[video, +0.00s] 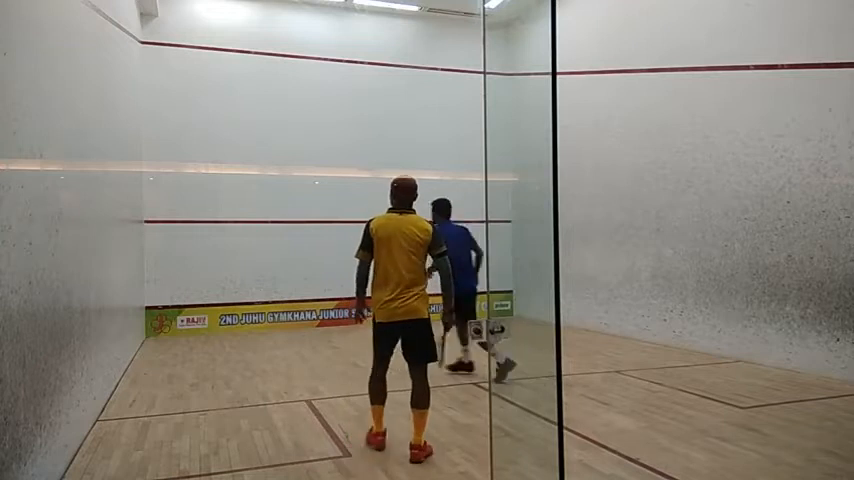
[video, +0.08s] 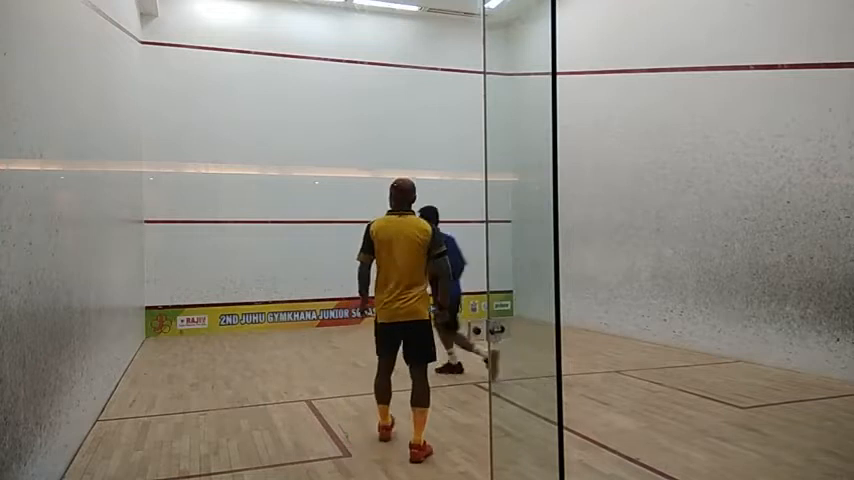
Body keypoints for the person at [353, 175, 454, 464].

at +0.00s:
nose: (394, 197)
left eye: (393, 193)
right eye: (407, 193)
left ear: (391, 196)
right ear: (415, 198)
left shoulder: (375, 226)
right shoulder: (427, 229)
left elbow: (362, 266)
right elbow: (445, 270)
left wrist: (359, 300)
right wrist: (449, 309)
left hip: (384, 314)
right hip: (416, 314)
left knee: (378, 370)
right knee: (419, 376)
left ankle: (378, 432)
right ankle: (417, 444)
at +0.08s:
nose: (392, 196)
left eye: (392, 193)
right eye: (402, 193)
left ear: (391, 197)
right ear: (414, 200)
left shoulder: (375, 228)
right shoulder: (427, 229)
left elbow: (364, 265)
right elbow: (442, 271)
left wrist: (363, 296)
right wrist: (444, 308)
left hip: (385, 315)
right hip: (417, 315)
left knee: (384, 369)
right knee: (419, 375)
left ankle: (384, 424)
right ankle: (417, 443)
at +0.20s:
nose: (395, 201)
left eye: (392, 197)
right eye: (405, 197)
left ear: (388, 200)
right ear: (412, 201)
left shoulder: (373, 231)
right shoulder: (425, 230)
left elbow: (363, 269)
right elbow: (440, 271)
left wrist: (367, 292)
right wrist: (437, 307)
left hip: (386, 314)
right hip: (417, 314)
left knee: (384, 368)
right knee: (421, 373)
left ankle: (385, 424)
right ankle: (417, 439)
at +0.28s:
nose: (387, 197)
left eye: (389, 193)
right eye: (390, 192)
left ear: (389, 199)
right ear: (409, 201)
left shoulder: (372, 230)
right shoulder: (422, 228)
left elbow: (363, 271)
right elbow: (442, 266)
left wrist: (376, 286)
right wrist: (432, 293)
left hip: (386, 313)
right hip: (417, 311)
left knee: (385, 366)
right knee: (428, 365)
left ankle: (385, 424)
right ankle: (420, 421)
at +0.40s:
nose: (386, 197)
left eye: (389, 193)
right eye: (390, 193)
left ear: (389, 198)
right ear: (409, 200)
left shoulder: (372, 230)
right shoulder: (421, 226)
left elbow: (363, 271)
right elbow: (442, 262)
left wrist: (380, 275)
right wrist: (429, 289)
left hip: (388, 310)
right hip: (418, 307)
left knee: (385, 363)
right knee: (436, 355)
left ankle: (385, 424)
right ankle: (424, 405)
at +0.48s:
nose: (390, 195)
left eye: (393, 192)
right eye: (392, 191)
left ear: (393, 199)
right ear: (411, 200)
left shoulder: (374, 231)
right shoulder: (422, 226)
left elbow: (370, 269)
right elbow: (443, 261)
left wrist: (389, 273)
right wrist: (430, 286)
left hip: (391, 308)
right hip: (421, 304)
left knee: (387, 364)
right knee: (442, 347)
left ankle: (385, 423)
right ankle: (432, 405)